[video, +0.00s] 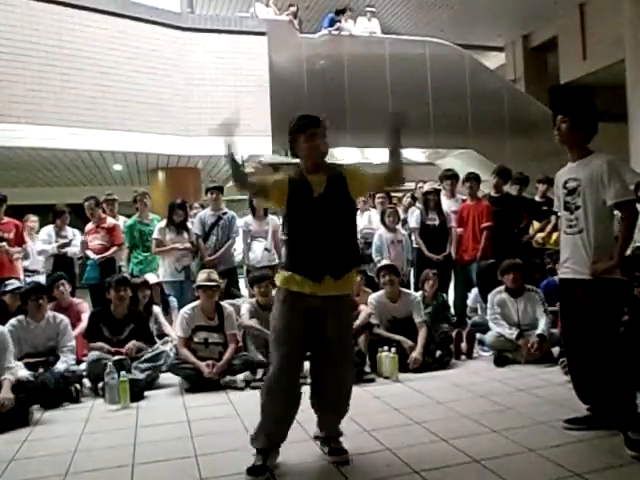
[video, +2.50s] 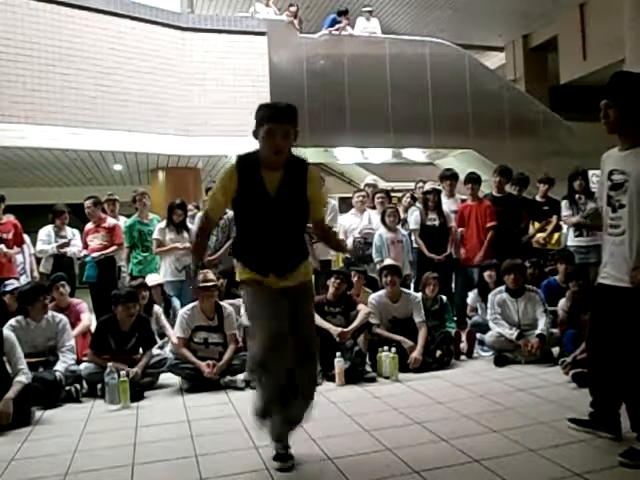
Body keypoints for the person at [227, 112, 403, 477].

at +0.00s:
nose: (317, 142)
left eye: (320, 136)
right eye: (309, 137)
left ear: (328, 141)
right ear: (295, 145)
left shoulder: (348, 178)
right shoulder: (285, 183)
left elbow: (391, 176)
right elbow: (250, 185)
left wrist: (397, 148)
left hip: (339, 291)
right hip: (294, 290)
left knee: (337, 369)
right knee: (281, 372)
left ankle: (329, 432)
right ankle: (266, 450)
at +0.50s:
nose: (325, 147)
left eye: (329, 140)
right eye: (318, 140)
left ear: (334, 144)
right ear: (301, 143)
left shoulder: (339, 179)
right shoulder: (279, 175)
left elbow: (377, 197)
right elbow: (259, 214)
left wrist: (385, 183)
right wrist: (289, 187)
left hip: (326, 281)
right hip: (283, 274)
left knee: (332, 364)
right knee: (245, 268)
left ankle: (328, 434)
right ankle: (284, 343)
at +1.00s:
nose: (287, 177)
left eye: (293, 170)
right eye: (280, 170)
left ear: (301, 171)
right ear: (266, 169)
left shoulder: (311, 200)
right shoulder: (249, 199)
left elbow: (360, 208)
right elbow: (205, 221)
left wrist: (336, 235)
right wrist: (222, 224)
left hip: (306, 292)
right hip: (266, 296)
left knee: (328, 307)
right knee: (275, 374)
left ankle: (324, 397)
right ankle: (277, 451)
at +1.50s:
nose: (273, 176)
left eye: (280, 169)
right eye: (267, 168)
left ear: (289, 167)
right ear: (254, 163)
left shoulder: (300, 191)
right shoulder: (231, 195)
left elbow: (320, 230)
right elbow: (210, 238)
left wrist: (332, 230)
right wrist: (200, 232)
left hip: (295, 288)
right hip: (254, 293)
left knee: (309, 352)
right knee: (268, 369)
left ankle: (308, 427)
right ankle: (276, 449)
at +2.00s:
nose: (275, 150)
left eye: (282, 142)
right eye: (268, 142)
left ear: (292, 141)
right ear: (256, 140)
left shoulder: (305, 166)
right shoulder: (237, 170)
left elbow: (348, 159)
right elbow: (191, 161)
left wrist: (359, 144)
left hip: (299, 281)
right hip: (255, 285)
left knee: (306, 363)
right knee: (265, 365)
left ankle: (303, 442)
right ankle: (274, 444)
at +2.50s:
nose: (279, 140)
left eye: (286, 134)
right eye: (272, 133)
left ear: (295, 137)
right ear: (257, 134)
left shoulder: (307, 175)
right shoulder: (238, 173)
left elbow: (318, 223)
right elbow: (208, 218)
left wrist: (335, 243)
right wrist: (197, 264)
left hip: (297, 275)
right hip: (256, 276)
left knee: (304, 357)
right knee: (267, 346)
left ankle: (282, 434)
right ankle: (267, 400)